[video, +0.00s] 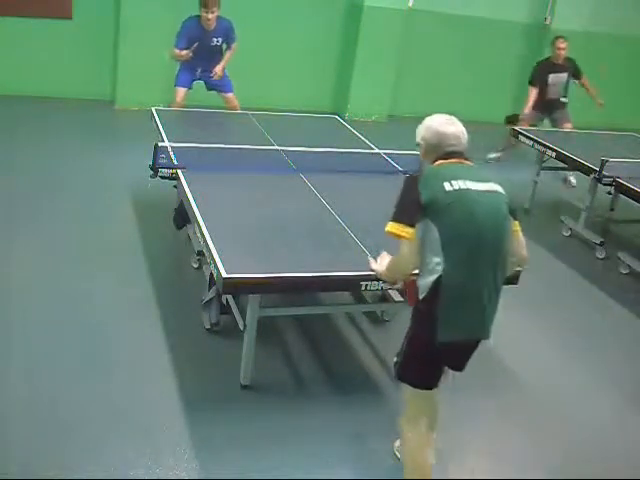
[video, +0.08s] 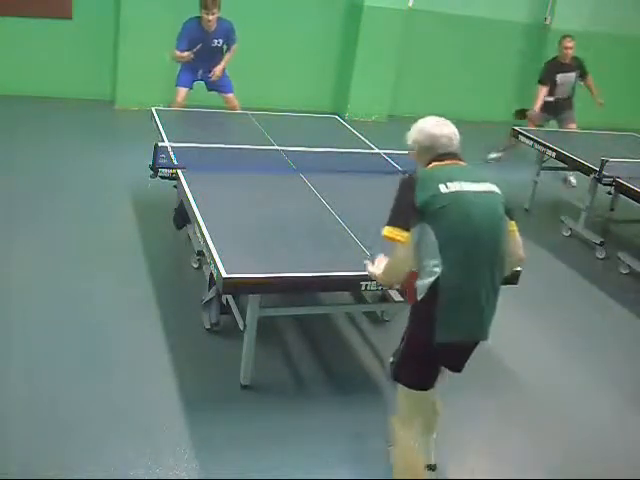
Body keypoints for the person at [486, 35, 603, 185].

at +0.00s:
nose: (561, 52)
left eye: (563, 49)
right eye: (558, 49)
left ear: (566, 50)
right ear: (553, 49)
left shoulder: (570, 65)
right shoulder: (541, 66)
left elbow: (583, 82)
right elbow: (533, 90)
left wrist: (596, 99)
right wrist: (526, 110)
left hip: (558, 106)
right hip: (540, 105)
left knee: (568, 133)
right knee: (520, 129)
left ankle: (569, 172)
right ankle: (502, 153)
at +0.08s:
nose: (568, 52)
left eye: (571, 48)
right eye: (565, 48)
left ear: (574, 49)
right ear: (560, 48)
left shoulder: (577, 64)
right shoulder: (551, 65)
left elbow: (586, 79)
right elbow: (543, 88)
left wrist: (596, 97)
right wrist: (535, 109)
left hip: (565, 105)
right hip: (547, 104)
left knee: (572, 135)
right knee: (526, 131)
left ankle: (569, 172)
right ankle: (503, 152)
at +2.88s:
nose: (543, 31)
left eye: (545, 28)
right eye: (540, 27)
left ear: (547, 31)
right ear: (533, 28)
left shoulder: (546, 49)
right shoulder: (519, 42)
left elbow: (547, 68)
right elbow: (499, 51)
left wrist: (537, 79)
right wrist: (502, 45)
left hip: (528, 86)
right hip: (510, 83)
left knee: (530, 118)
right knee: (495, 111)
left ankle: (521, 142)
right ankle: (475, 137)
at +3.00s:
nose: (537, 33)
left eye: (539, 31)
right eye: (534, 29)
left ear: (541, 33)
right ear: (527, 30)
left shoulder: (538, 50)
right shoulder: (514, 44)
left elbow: (538, 69)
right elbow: (496, 56)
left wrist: (538, 88)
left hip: (521, 84)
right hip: (504, 80)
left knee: (531, 116)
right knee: (492, 111)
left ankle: (523, 142)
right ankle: (474, 137)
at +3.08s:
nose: (535, 33)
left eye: (538, 31)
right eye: (532, 30)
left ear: (539, 33)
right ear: (525, 30)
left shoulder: (536, 50)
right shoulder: (511, 44)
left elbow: (536, 69)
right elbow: (493, 58)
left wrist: (536, 87)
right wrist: (497, 73)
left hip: (520, 82)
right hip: (503, 79)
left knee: (531, 116)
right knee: (491, 112)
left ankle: (523, 141)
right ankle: (474, 137)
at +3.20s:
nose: (534, 34)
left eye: (536, 31)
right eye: (531, 30)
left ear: (537, 33)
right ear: (523, 31)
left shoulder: (534, 49)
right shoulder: (510, 45)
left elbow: (534, 68)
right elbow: (491, 60)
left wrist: (538, 88)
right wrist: (497, 78)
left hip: (519, 84)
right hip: (503, 82)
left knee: (530, 116)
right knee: (494, 115)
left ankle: (523, 141)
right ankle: (474, 138)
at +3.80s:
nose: (527, 20)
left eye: (529, 18)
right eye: (525, 17)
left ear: (530, 20)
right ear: (518, 18)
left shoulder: (530, 38)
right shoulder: (508, 37)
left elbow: (531, 59)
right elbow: (503, 58)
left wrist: (537, 79)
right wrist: (520, 65)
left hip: (519, 81)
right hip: (503, 79)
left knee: (524, 109)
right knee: (493, 108)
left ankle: (521, 138)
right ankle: (479, 132)